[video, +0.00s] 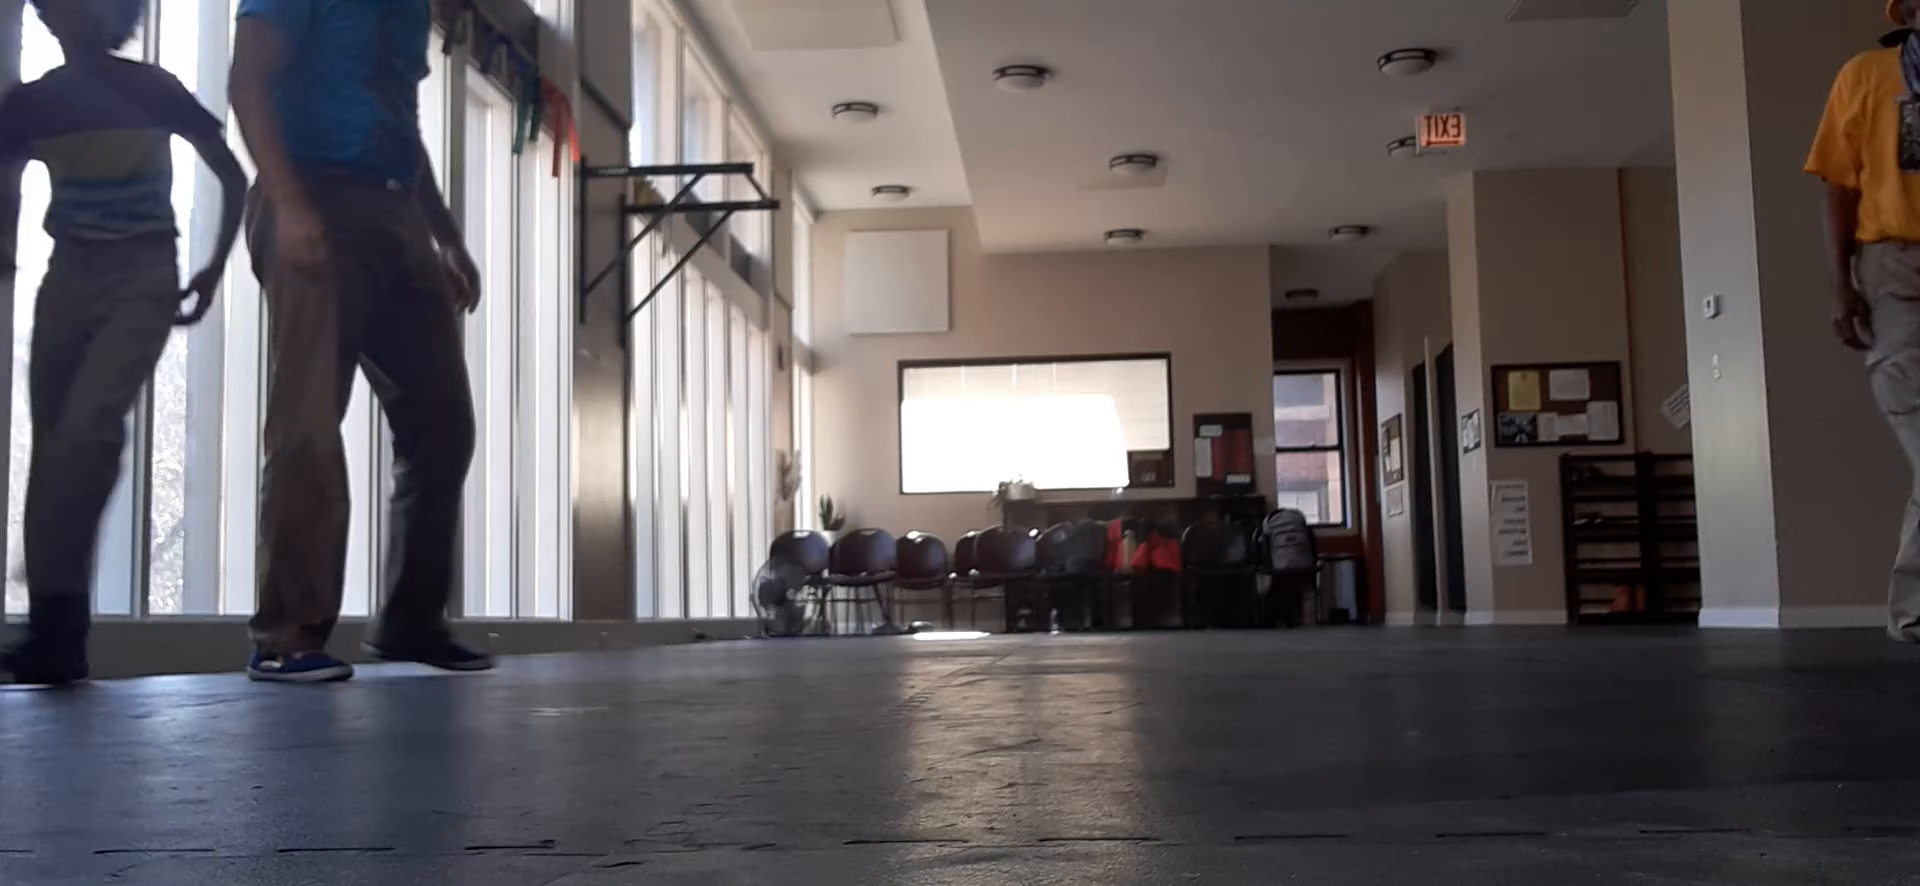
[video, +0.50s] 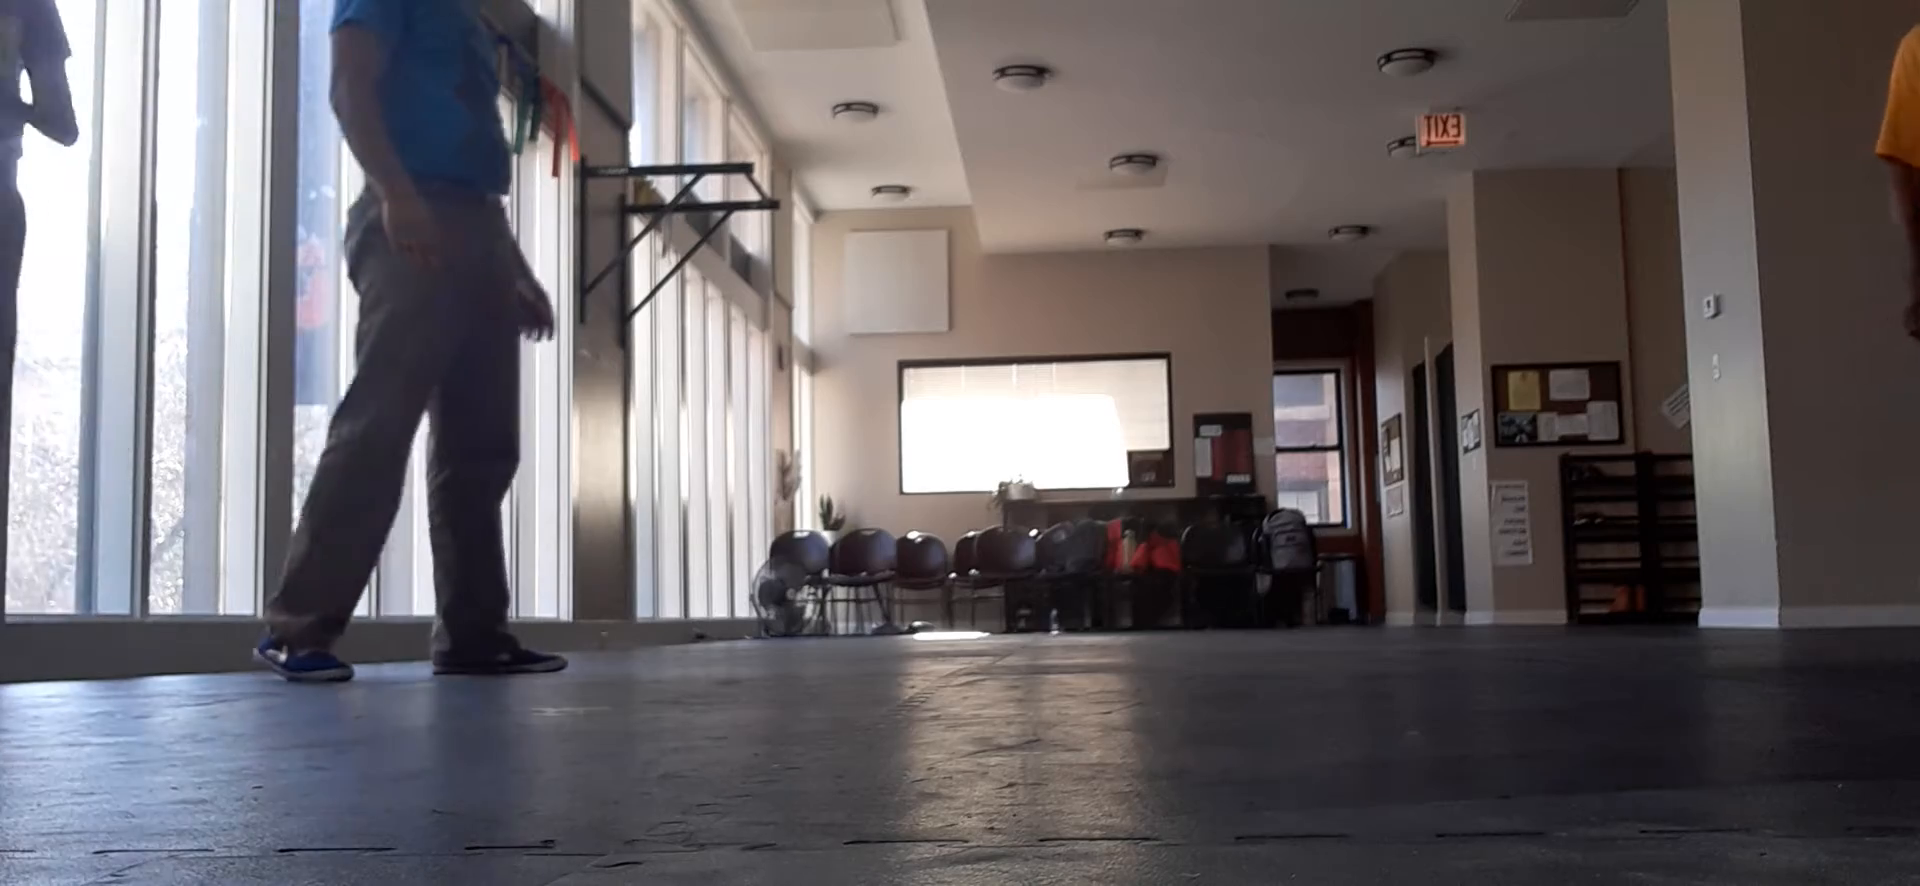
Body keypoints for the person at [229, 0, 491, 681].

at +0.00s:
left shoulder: (410, 11)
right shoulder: (291, 4)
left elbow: (398, 124)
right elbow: (247, 84)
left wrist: (447, 237)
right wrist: (289, 202)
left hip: (396, 211)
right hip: (310, 203)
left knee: (440, 426)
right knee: (305, 430)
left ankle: (412, 623)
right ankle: (285, 640)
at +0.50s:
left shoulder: (466, 23)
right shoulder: (383, 4)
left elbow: (472, 167)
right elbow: (350, 90)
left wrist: (513, 270)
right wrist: (399, 195)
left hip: (479, 226)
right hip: (415, 218)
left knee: (478, 447)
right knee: (379, 427)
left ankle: (472, 637)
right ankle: (295, 631)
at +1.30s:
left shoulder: (513, 24)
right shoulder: (454, 5)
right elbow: (404, 95)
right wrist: (445, 198)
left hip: (514, 221)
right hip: (467, 214)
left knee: (516, 437)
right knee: (487, 414)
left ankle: (477, 634)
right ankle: (402, 610)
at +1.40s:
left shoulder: (513, 24)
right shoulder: (457, 5)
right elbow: (403, 92)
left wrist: (545, 102)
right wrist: (443, 192)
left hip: (511, 220)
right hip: (463, 211)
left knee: (514, 428)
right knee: (493, 402)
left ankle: (477, 631)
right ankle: (401, 607)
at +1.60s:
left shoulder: (505, 26)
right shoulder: (452, 6)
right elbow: (403, 90)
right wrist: (444, 191)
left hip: (500, 225)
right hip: (456, 219)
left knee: (501, 438)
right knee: (481, 414)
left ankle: (474, 636)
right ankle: (378, 601)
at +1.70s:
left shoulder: (500, 34)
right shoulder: (447, 6)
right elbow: (399, 88)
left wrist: (523, 286)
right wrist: (446, 188)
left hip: (497, 230)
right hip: (451, 221)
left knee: (496, 445)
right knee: (472, 419)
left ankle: (474, 639)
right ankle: (358, 593)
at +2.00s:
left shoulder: (471, 30)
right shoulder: (394, 5)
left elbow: (471, 167)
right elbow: (357, 104)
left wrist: (504, 287)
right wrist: (422, 184)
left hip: (480, 238)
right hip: (411, 230)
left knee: (474, 453)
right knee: (391, 433)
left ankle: (472, 639)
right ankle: (328, 625)